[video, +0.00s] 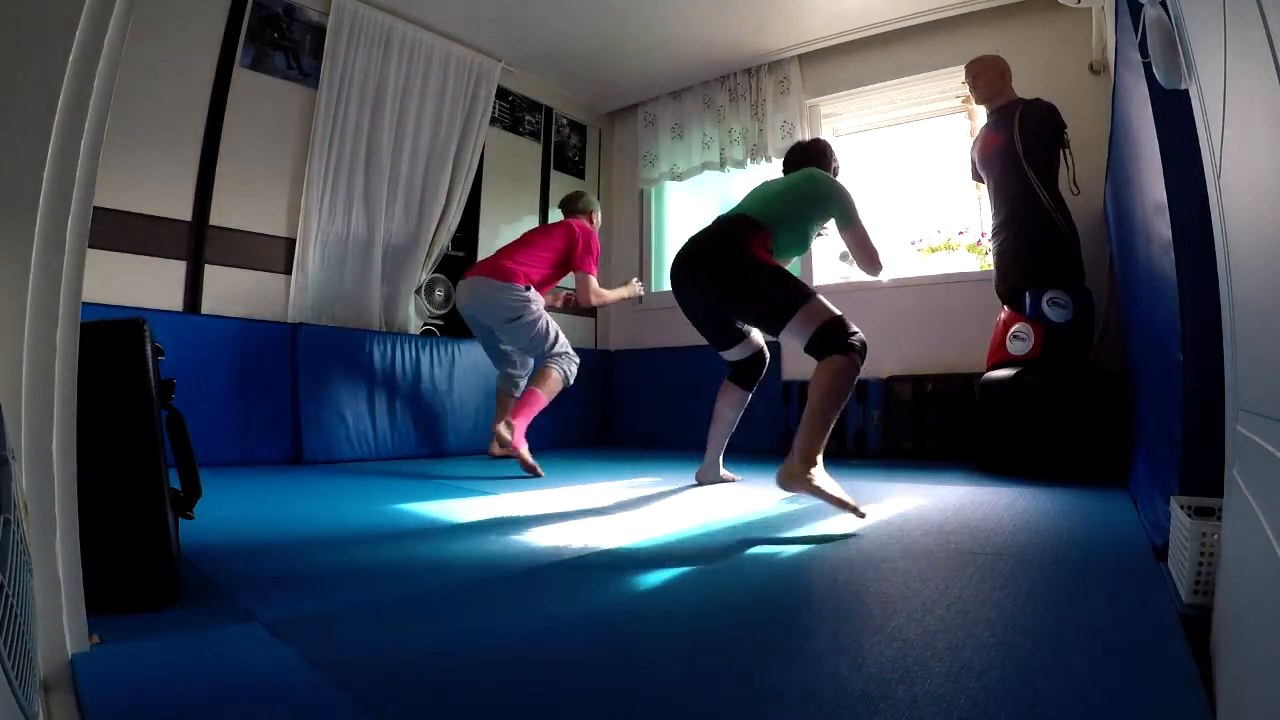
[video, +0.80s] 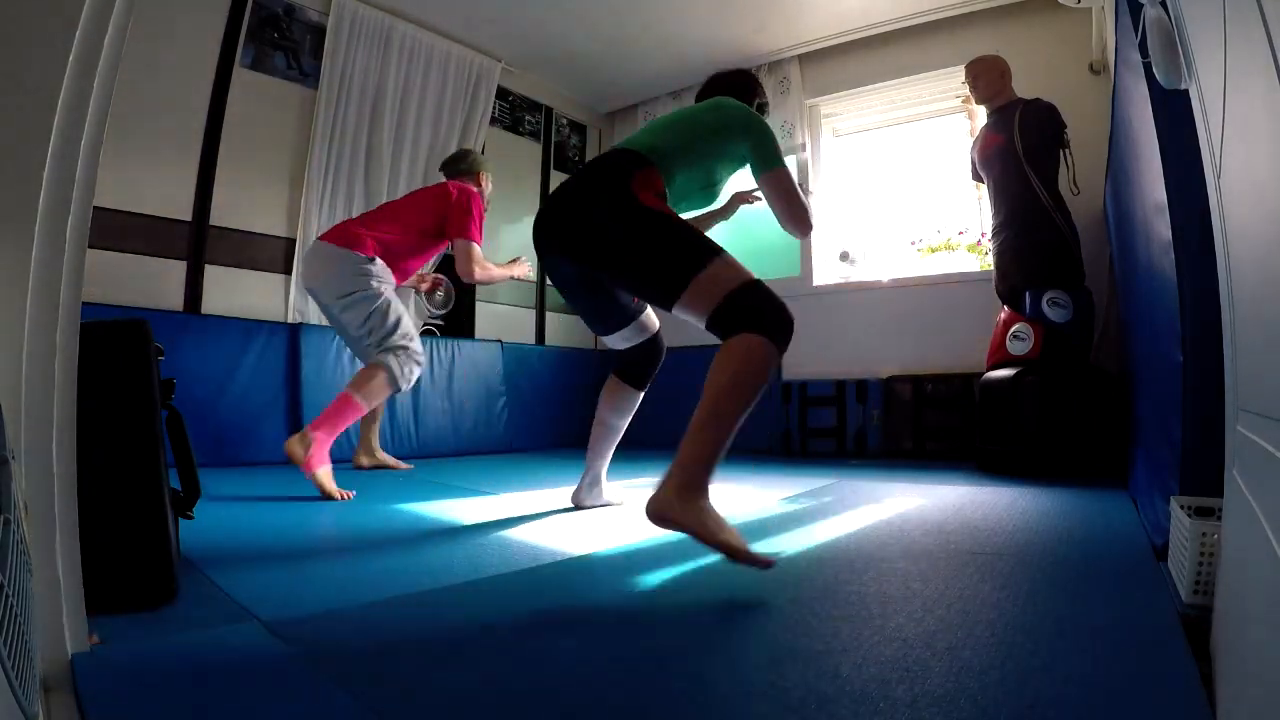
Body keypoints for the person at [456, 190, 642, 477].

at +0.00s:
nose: (599, 224)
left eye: (599, 219)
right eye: (599, 218)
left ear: (566, 215)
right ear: (592, 216)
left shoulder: (544, 230)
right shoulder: (585, 232)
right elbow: (589, 297)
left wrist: (549, 298)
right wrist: (626, 291)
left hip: (468, 289)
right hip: (507, 290)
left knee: (515, 364)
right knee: (563, 358)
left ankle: (500, 440)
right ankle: (516, 425)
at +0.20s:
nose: (578, 216)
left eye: (578, 210)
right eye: (578, 210)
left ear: (547, 205)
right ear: (571, 207)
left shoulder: (524, 220)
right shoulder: (561, 222)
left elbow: (482, 257)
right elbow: (568, 287)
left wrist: (512, 293)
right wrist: (601, 287)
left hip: (437, 277)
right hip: (475, 278)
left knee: (489, 349)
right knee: (534, 351)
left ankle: (461, 427)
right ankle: (500, 443)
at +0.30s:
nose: (565, 212)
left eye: (564, 207)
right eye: (565, 207)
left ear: (531, 201)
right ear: (559, 203)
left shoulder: (510, 217)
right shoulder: (545, 217)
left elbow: (465, 257)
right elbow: (553, 285)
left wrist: (501, 293)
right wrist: (589, 283)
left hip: (418, 275)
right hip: (454, 273)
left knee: (470, 355)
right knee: (525, 340)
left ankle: (440, 441)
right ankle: (486, 430)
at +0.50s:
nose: (538, 203)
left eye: (537, 199)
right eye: (538, 198)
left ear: (503, 192)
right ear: (532, 195)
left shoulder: (478, 207)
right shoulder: (522, 209)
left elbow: (429, 246)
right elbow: (526, 280)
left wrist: (463, 284)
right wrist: (561, 279)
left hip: (384, 261)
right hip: (424, 265)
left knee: (435, 357)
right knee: (477, 354)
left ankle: (434, 441)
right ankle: (434, 450)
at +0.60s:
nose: (525, 204)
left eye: (526, 198)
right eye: (526, 196)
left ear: (487, 186)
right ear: (519, 189)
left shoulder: (461, 203)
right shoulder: (503, 201)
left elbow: (412, 261)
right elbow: (509, 273)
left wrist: (454, 282)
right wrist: (544, 274)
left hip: (360, 258)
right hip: (395, 257)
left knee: (419, 349)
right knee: (459, 341)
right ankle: (434, 451)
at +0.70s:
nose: (508, 201)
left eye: (510, 194)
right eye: (510, 192)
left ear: (470, 183)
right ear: (502, 186)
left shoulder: (448, 204)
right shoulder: (483, 199)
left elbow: (395, 272)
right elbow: (491, 271)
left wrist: (441, 284)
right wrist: (528, 273)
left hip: (339, 260)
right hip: (369, 257)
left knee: (396, 354)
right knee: (444, 333)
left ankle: (375, 441)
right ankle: (391, 434)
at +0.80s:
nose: (490, 193)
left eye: (491, 186)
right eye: (491, 185)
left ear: (451, 178)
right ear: (482, 179)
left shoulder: (431, 197)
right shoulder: (467, 196)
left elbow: (375, 260)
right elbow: (472, 271)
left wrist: (413, 280)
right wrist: (513, 271)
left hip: (324, 258)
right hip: (350, 262)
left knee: (381, 352)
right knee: (404, 356)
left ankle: (368, 448)